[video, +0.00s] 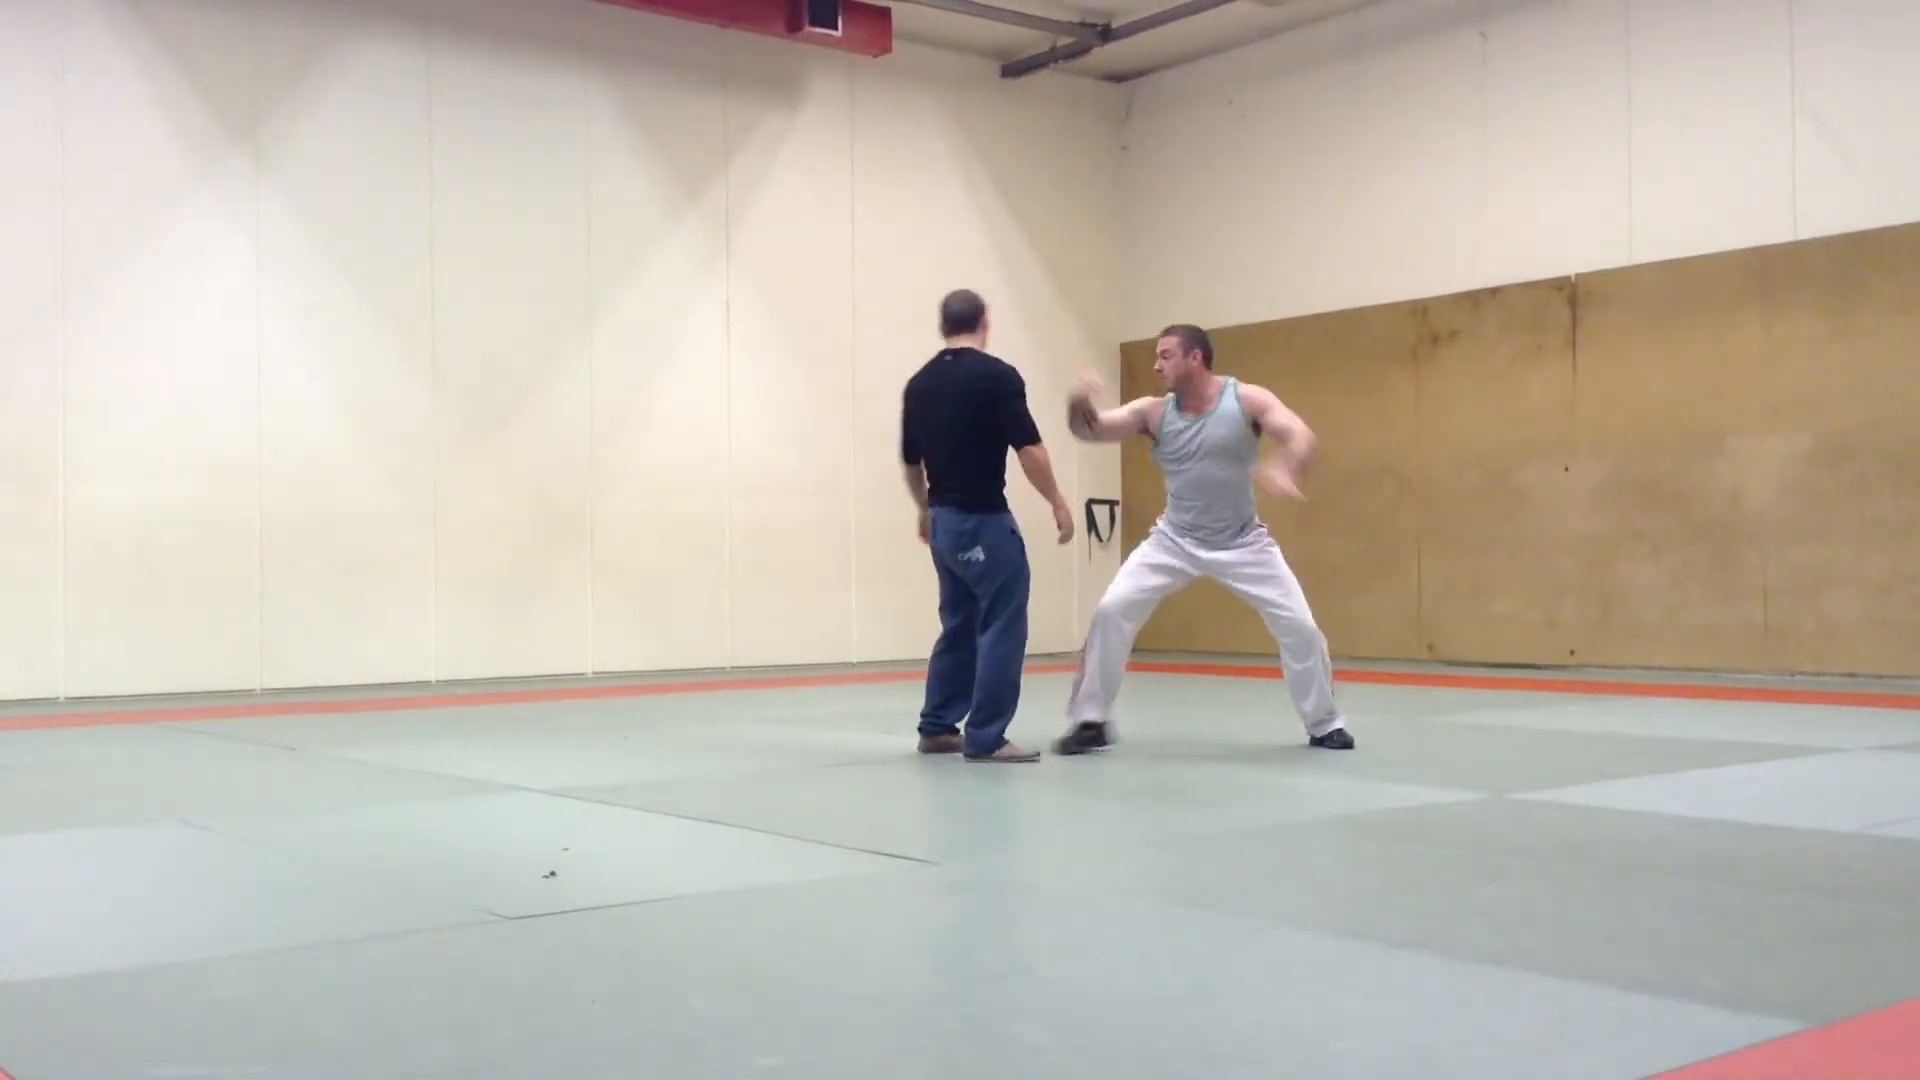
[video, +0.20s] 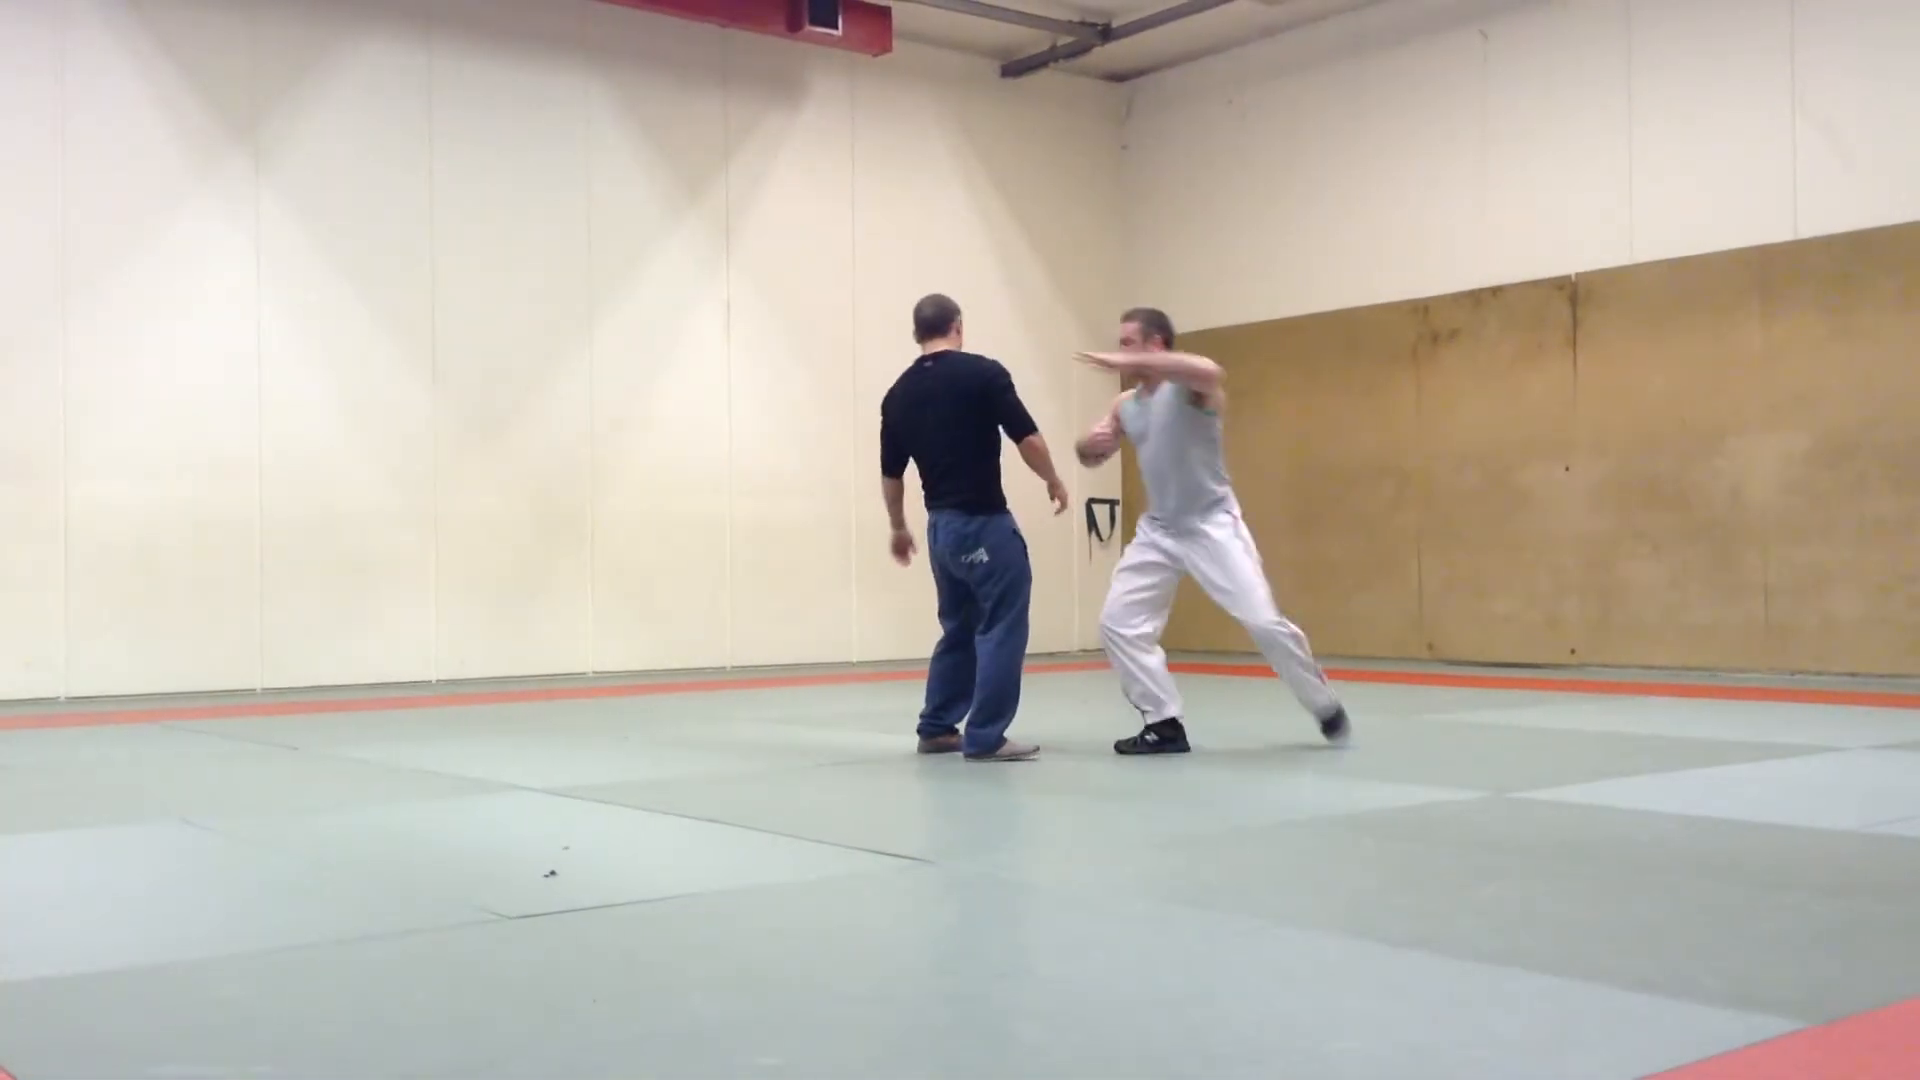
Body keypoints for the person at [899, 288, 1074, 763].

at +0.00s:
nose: (988, 327)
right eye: (987, 320)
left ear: (943, 327)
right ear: (983, 322)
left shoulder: (919, 383)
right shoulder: (999, 376)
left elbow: (912, 462)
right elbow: (1030, 452)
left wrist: (924, 509)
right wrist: (1057, 501)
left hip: (943, 522)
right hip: (987, 524)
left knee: (959, 625)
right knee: (1005, 627)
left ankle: (937, 726)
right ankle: (986, 739)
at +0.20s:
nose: (963, 334)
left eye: (957, 329)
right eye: (962, 328)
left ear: (916, 335)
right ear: (958, 329)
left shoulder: (898, 394)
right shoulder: (983, 373)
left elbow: (892, 473)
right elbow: (1027, 439)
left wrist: (898, 527)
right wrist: (1054, 481)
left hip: (941, 529)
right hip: (987, 526)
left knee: (958, 628)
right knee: (1003, 628)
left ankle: (936, 728)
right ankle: (986, 739)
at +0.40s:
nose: (954, 335)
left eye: (949, 328)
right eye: (953, 328)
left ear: (907, 336)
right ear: (947, 329)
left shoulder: (891, 397)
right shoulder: (974, 371)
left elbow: (888, 477)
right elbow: (1020, 437)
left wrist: (899, 532)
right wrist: (1041, 475)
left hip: (941, 527)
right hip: (985, 525)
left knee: (960, 626)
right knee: (1005, 626)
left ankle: (938, 727)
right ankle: (987, 737)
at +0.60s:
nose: (960, 333)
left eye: (957, 327)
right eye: (959, 326)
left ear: (913, 332)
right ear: (951, 326)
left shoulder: (894, 392)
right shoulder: (971, 373)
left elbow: (903, 475)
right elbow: (1010, 442)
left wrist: (932, 512)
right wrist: (1029, 483)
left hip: (939, 527)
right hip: (981, 525)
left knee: (961, 625)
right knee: (1007, 622)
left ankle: (939, 725)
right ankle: (990, 735)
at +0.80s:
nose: (970, 333)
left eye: (970, 326)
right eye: (969, 326)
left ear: (923, 327)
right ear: (956, 324)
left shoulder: (899, 380)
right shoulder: (963, 373)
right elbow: (1003, 455)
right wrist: (1030, 488)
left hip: (936, 521)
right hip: (977, 521)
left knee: (960, 621)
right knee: (1005, 619)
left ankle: (939, 722)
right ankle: (989, 732)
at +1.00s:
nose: (962, 335)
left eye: (961, 327)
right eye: (960, 327)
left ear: (914, 329)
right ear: (945, 328)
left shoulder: (892, 386)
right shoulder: (959, 384)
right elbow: (984, 449)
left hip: (930, 521)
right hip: (974, 516)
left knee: (960, 620)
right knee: (1009, 621)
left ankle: (941, 720)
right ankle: (991, 731)